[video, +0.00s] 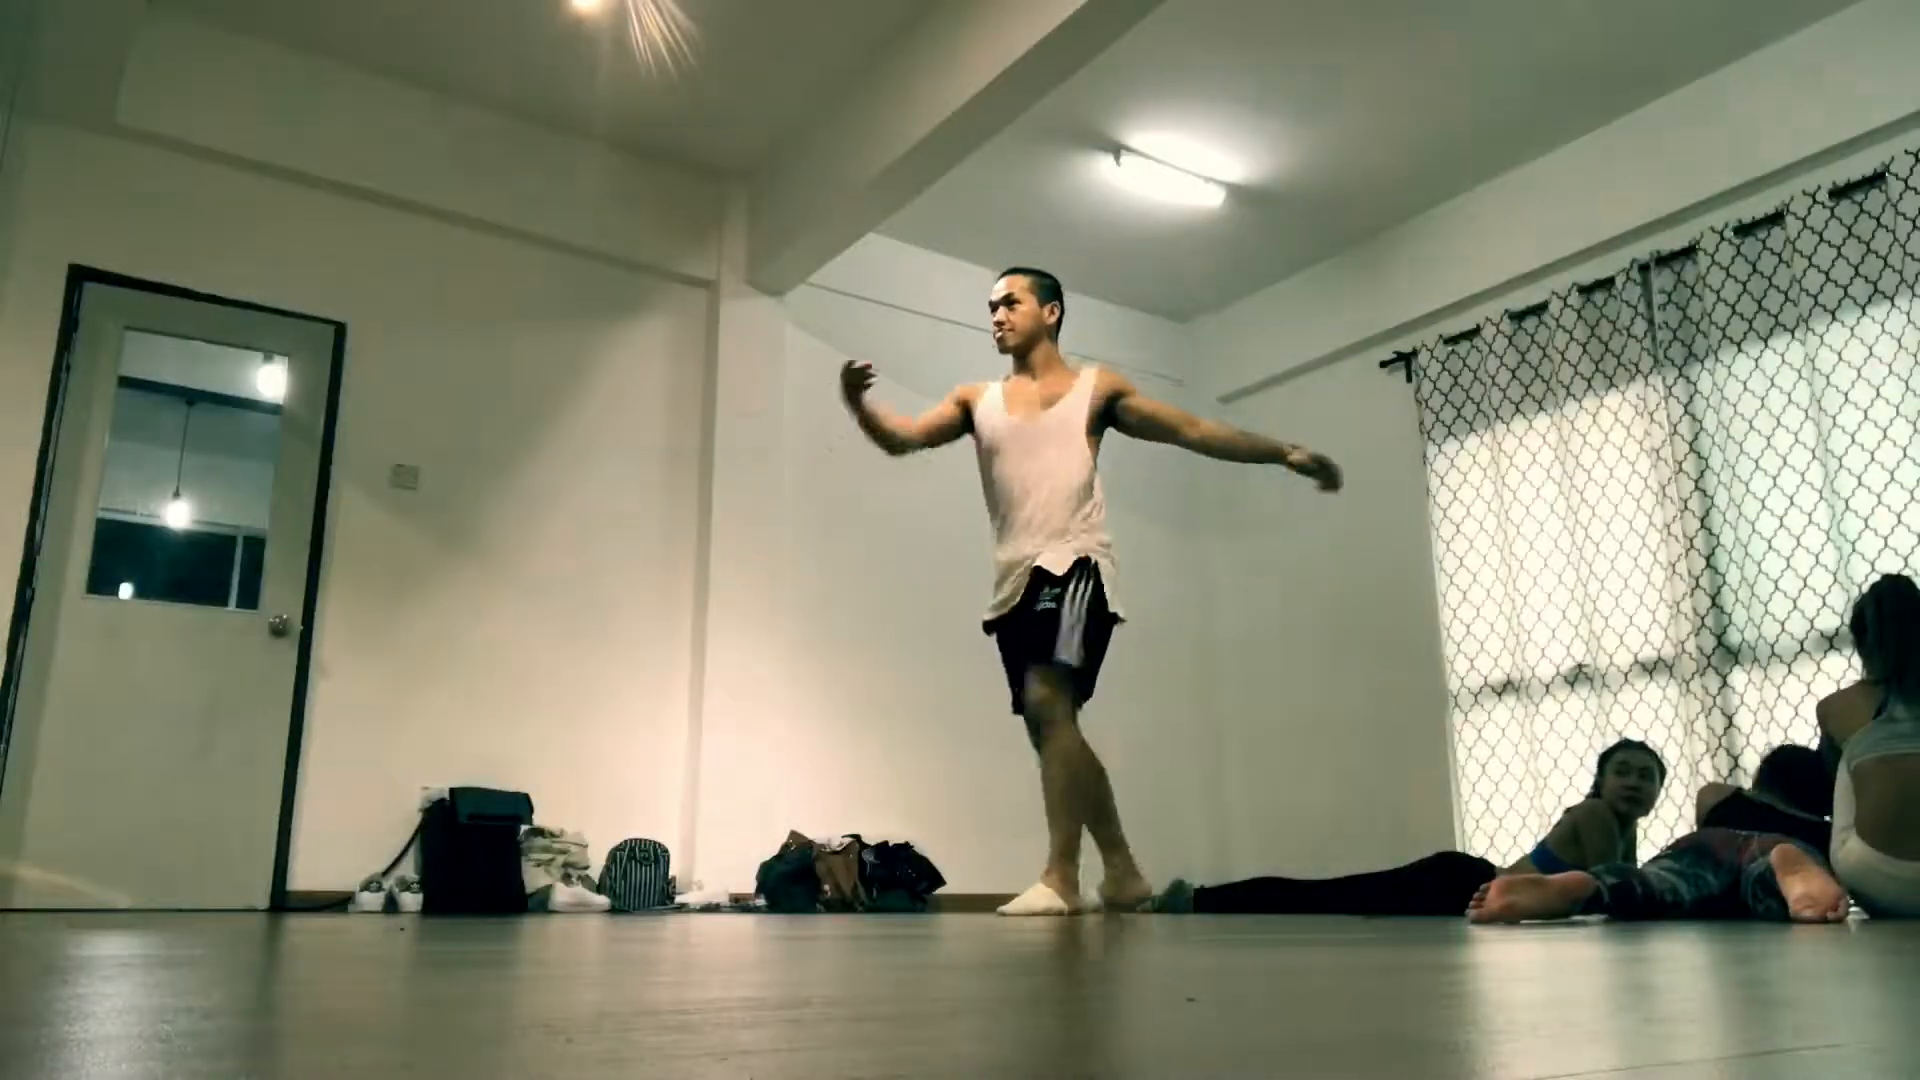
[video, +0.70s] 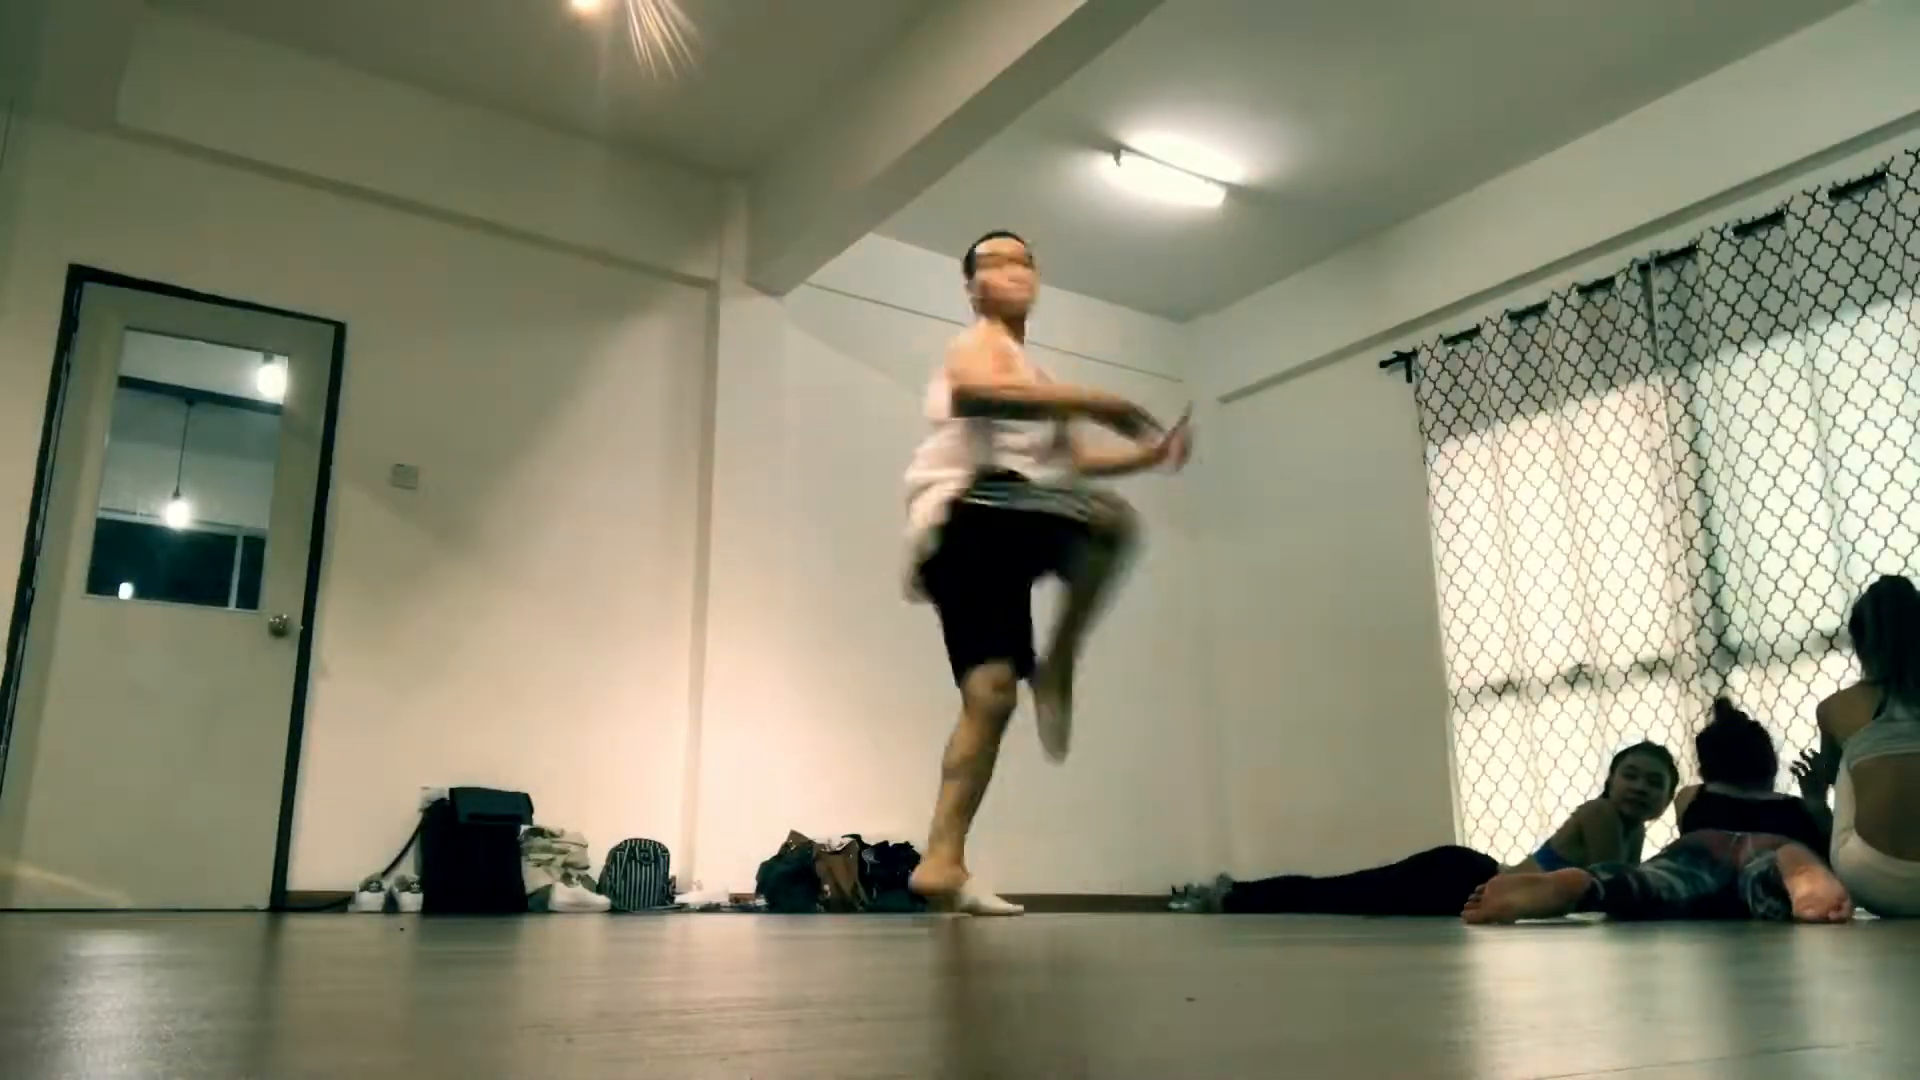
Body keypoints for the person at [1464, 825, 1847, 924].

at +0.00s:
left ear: (1759, 786)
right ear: (1817, 796)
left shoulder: (1725, 801)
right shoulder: (1820, 829)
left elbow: (1707, 794)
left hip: (1716, 839)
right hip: (1785, 845)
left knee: (1657, 878)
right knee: (1775, 875)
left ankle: (1569, 885)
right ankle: (1796, 870)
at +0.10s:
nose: (1737, 777)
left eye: (1745, 770)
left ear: (1751, 776)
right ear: (1813, 791)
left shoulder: (1714, 796)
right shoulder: (1820, 827)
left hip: (1713, 842)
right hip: (1784, 847)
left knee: (1663, 877)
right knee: (1777, 876)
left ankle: (1577, 885)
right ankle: (1798, 872)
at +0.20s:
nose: (1730, 773)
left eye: (1735, 764)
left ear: (1746, 768)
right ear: (1807, 782)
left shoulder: (1711, 795)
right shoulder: (1816, 821)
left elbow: (1706, 839)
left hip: (1713, 843)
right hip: (1786, 843)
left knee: (1657, 879)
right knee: (1779, 873)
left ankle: (1576, 884)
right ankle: (1801, 877)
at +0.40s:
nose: (1710, 775)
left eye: (1715, 767)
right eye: (1714, 766)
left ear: (1727, 770)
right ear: (1783, 776)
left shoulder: (1699, 796)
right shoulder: (1803, 822)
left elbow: (1703, 837)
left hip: (1714, 840)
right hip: (1788, 840)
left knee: (1660, 877)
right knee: (1776, 873)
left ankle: (1582, 885)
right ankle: (1801, 874)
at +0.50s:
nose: (1701, 778)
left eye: (1703, 770)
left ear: (1711, 771)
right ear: (1774, 773)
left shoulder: (1694, 799)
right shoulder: (1795, 818)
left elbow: (1696, 845)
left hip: (1710, 843)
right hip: (1778, 841)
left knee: (1655, 877)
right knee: (1785, 868)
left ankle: (1579, 884)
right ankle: (1805, 877)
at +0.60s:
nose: (1645, 790)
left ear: (1705, 769)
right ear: (1770, 772)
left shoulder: (1692, 800)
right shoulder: (1799, 818)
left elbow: (1691, 839)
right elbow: (1818, 853)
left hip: (1708, 842)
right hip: (1779, 840)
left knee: (1655, 879)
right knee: (1791, 867)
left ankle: (1577, 884)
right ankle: (1807, 878)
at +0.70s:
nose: (1645, 790)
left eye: (1661, 780)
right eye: (1631, 779)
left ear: (1704, 768)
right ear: (1771, 768)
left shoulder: (1693, 799)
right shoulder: (1798, 808)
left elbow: (1688, 842)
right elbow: (1821, 852)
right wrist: (1817, 800)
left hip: (1707, 843)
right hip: (1779, 842)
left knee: (1656, 877)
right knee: (1781, 876)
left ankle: (1573, 884)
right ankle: (1803, 869)